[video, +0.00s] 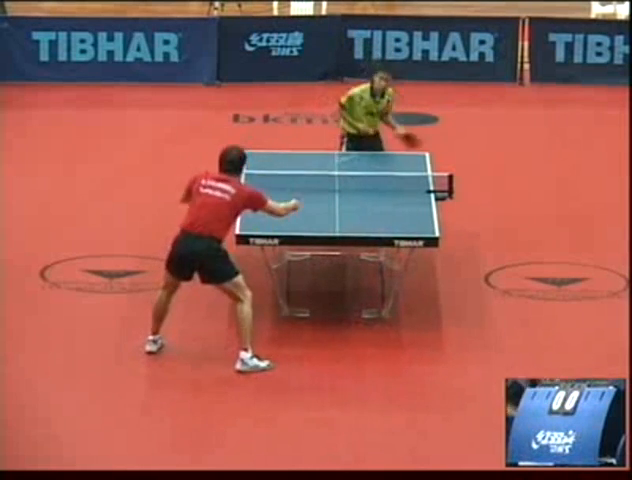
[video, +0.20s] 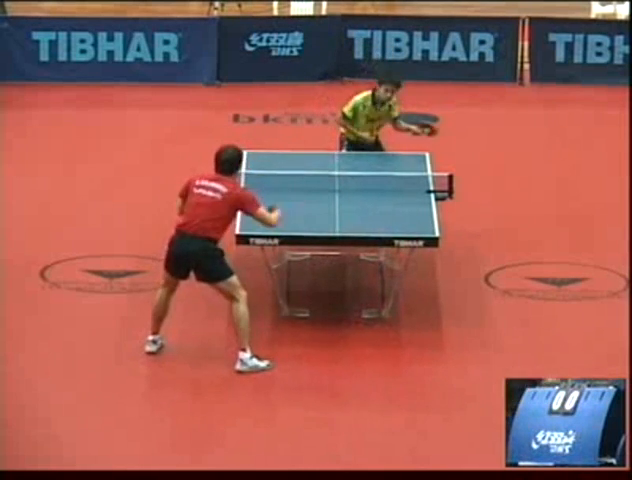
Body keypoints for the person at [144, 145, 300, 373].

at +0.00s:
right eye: (243, 165)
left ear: (220, 164)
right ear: (242, 168)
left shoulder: (201, 179)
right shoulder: (244, 192)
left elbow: (185, 199)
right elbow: (277, 211)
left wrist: (209, 198)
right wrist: (293, 206)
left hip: (184, 240)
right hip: (210, 246)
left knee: (167, 289)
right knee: (243, 296)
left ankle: (153, 338)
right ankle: (246, 355)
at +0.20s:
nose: (240, 167)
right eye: (240, 164)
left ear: (216, 164)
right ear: (238, 168)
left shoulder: (196, 181)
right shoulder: (238, 194)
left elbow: (181, 210)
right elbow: (269, 221)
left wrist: (203, 207)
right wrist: (275, 214)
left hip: (180, 241)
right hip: (206, 247)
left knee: (167, 287)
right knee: (238, 296)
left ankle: (152, 337)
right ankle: (245, 355)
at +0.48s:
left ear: (220, 182)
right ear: (242, 187)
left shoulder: (203, 197)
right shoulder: (243, 208)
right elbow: (272, 242)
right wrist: (254, 254)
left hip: (184, 252)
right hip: (212, 258)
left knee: (167, 290)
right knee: (249, 300)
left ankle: (152, 338)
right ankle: (250, 355)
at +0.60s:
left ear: (229, 181)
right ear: (251, 185)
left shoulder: (212, 193)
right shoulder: (255, 208)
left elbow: (200, 205)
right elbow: (282, 226)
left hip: (192, 249)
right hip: (218, 256)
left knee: (171, 293)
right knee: (250, 302)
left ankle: (153, 338)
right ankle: (253, 357)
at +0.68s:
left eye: (236, 168)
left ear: (233, 173)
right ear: (255, 178)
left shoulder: (216, 187)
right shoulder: (258, 203)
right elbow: (286, 218)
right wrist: (308, 203)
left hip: (194, 245)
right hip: (221, 253)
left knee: (173, 291)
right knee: (251, 300)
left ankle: (156, 338)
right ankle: (253, 357)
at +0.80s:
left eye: (234, 164)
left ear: (230, 168)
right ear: (253, 172)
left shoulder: (213, 183)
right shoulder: (256, 197)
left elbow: (189, 205)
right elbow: (290, 219)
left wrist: (212, 204)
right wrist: (299, 205)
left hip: (194, 243)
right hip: (221, 248)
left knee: (176, 292)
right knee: (249, 299)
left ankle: (160, 339)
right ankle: (253, 357)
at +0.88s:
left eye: (230, 163)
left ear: (226, 166)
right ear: (249, 171)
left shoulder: (209, 184)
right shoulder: (251, 196)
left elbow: (189, 210)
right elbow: (285, 221)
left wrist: (213, 209)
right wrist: (290, 208)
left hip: (191, 243)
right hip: (218, 248)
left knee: (176, 291)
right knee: (247, 300)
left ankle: (160, 339)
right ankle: (252, 357)